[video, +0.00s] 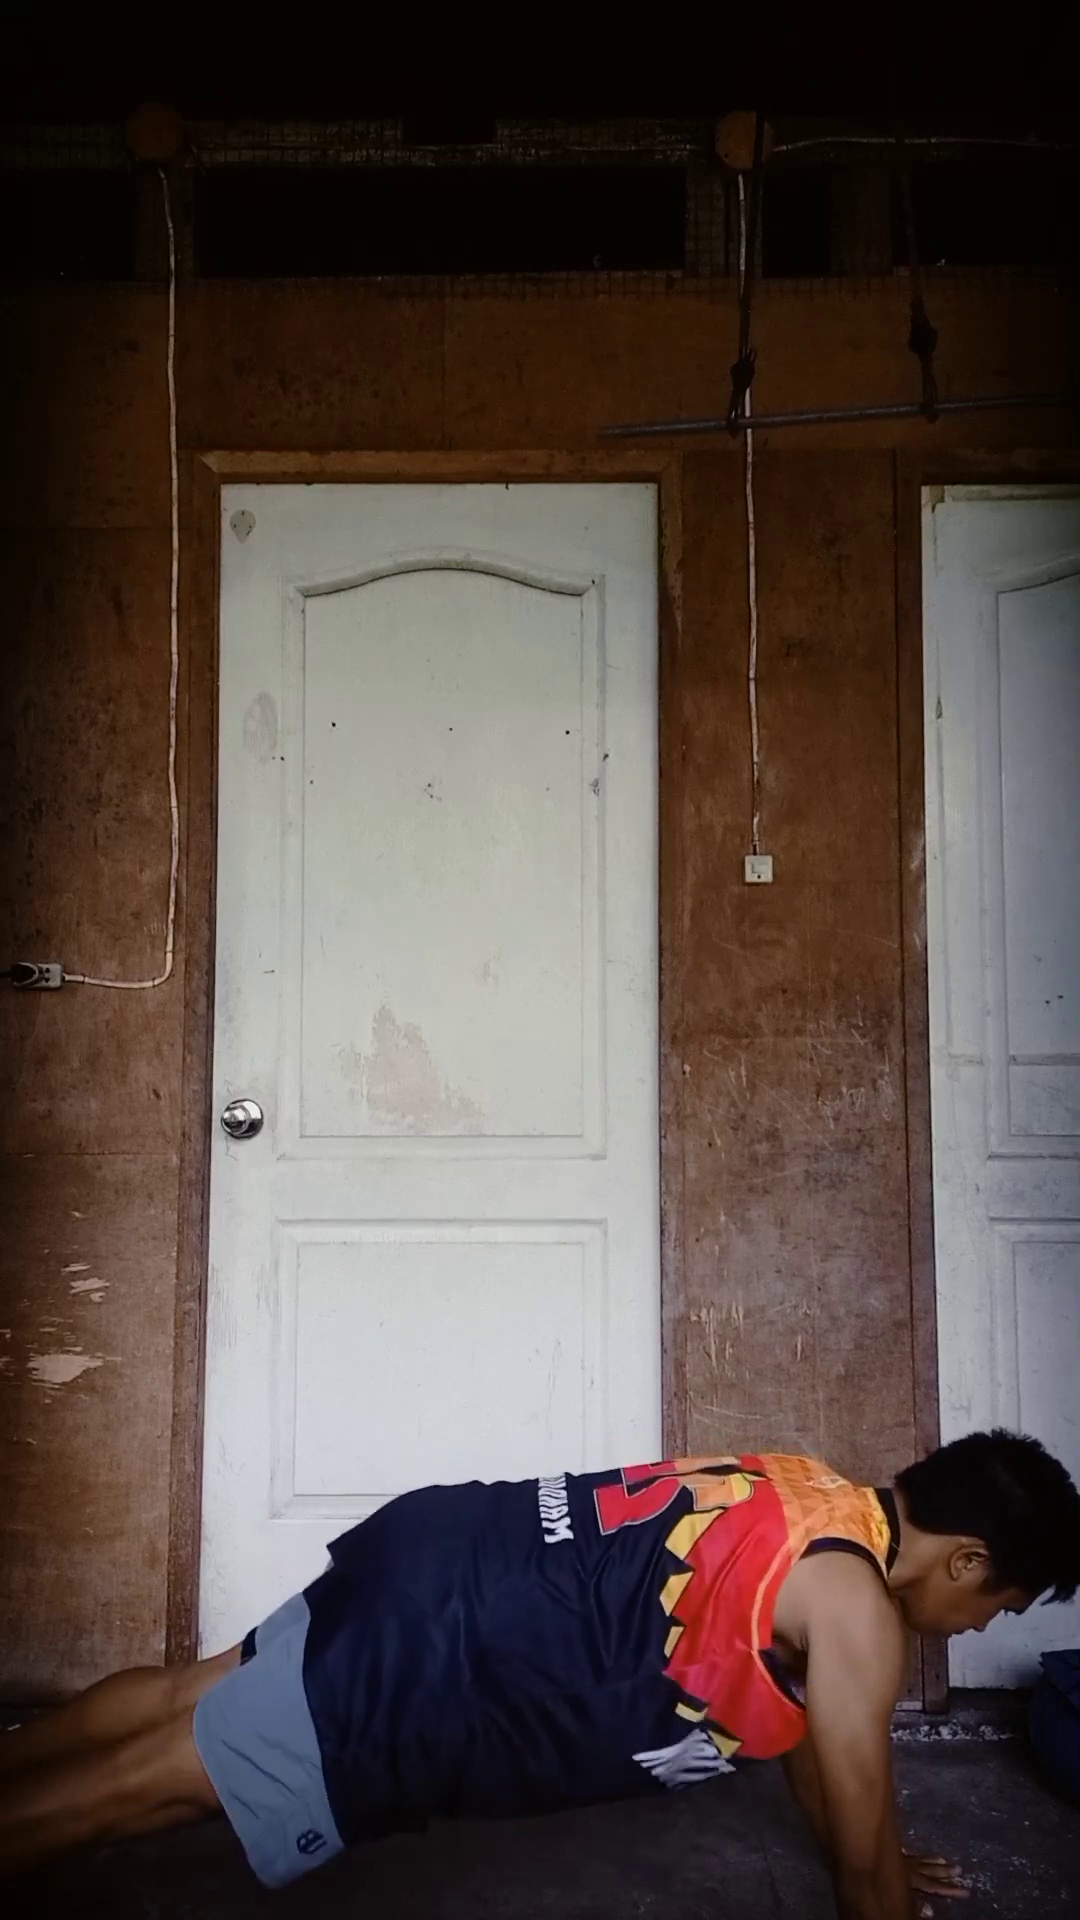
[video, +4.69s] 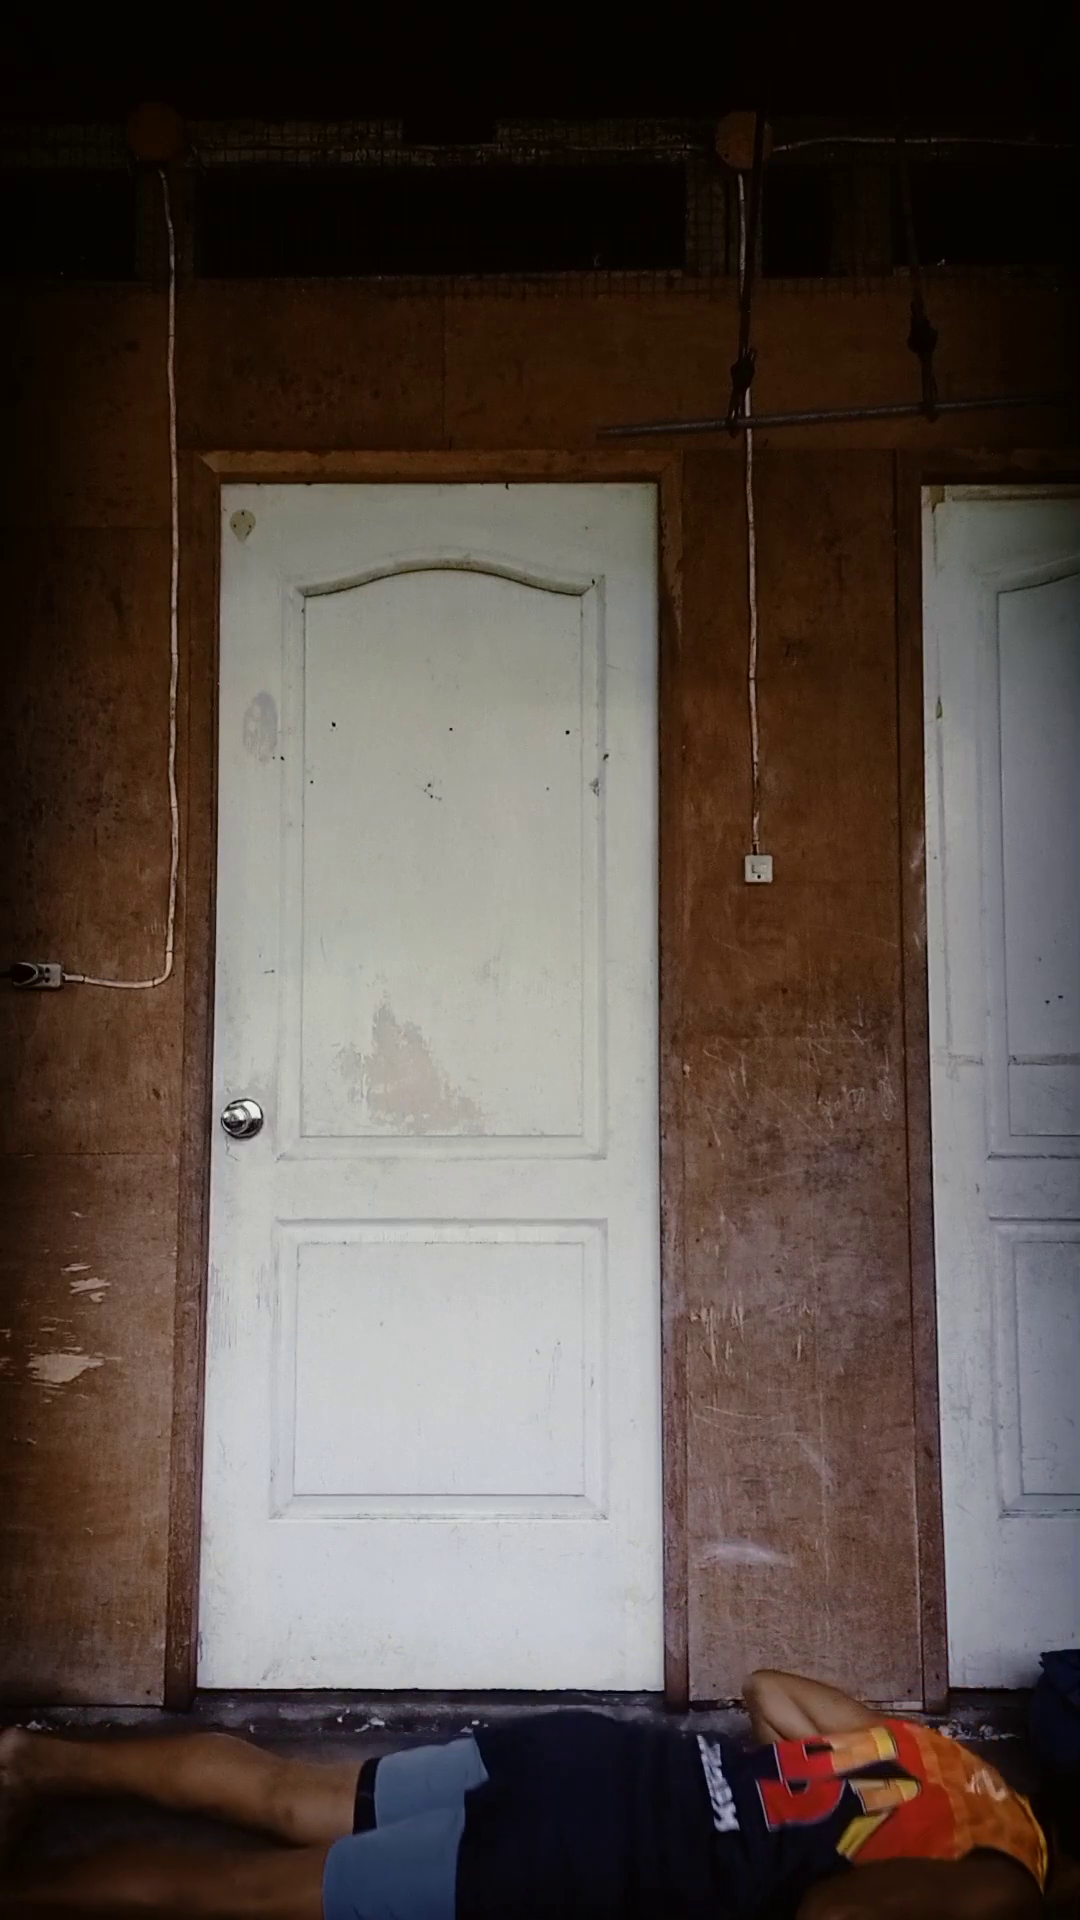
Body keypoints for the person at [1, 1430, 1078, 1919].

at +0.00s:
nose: (981, 1626)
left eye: (1004, 1609)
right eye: (998, 1602)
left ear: (933, 1493)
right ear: (967, 1559)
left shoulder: (812, 1484)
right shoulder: (852, 1617)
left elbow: (809, 1710)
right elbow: (871, 1877)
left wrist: (884, 1849)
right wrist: (916, 1897)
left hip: (442, 1538)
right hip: (448, 1645)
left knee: (187, 1690)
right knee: (140, 1787)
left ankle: (0, 1770)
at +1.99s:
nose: (1017, 1666)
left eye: (1032, 1648)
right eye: (1033, 1647)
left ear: (976, 1542)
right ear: (1005, 1603)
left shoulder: (845, 1521)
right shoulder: (896, 1651)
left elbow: (754, 1680)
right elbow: (844, 1882)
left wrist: (843, 1816)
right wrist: (886, 1870)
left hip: (485, 1601)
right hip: (485, 1714)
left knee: (228, 1716)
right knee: (176, 1820)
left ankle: (2, 1766)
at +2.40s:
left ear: (1038, 1684)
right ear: (1069, 1762)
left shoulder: (934, 1671)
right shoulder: (979, 1800)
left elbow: (769, 1716)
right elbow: (832, 1898)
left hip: (583, 1701)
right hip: (577, 1826)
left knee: (281, 1771)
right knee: (255, 1867)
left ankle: (26, 1758)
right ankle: (26, 1869)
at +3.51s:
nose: (1062, 1637)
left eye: (1076, 1616)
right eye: (1076, 1611)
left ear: (1005, 1518)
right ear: (1048, 1577)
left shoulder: (875, 1514)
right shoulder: (929, 1633)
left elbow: (804, 1706)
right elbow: (873, 1875)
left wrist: (862, 1841)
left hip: (532, 1617)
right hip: (527, 1737)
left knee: (282, 1720)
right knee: (217, 1824)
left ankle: (30, 1758)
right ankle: (5, 1868)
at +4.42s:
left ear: (1042, 1652)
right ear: (1078, 1729)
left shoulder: (919, 1637)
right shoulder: (966, 1769)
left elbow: (772, 1711)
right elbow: (844, 1900)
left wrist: (910, 1842)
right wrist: (947, 1879)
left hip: (558, 1690)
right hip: (537, 1815)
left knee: (283, 1762)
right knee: (222, 1869)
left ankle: (26, 1759)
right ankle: (20, 1863)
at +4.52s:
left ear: (1033, 1684)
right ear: (1069, 1761)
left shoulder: (935, 1694)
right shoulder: (989, 1819)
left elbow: (764, 1721)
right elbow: (840, 1893)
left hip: (588, 1712)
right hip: (584, 1827)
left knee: (288, 1769)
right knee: (256, 1870)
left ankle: (26, 1754)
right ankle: (23, 1869)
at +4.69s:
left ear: (1024, 1777)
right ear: (1046, 1845)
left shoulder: (944, 1761)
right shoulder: (1002, 1861)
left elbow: (777, 1688)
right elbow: (838, 1904)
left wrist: (864, 1783)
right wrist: (892, 1810)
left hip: (584, 1748)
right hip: (582, 1864)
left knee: (298, 1792)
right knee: (236, 1882)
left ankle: (44, 1753)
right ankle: (35, 1877)